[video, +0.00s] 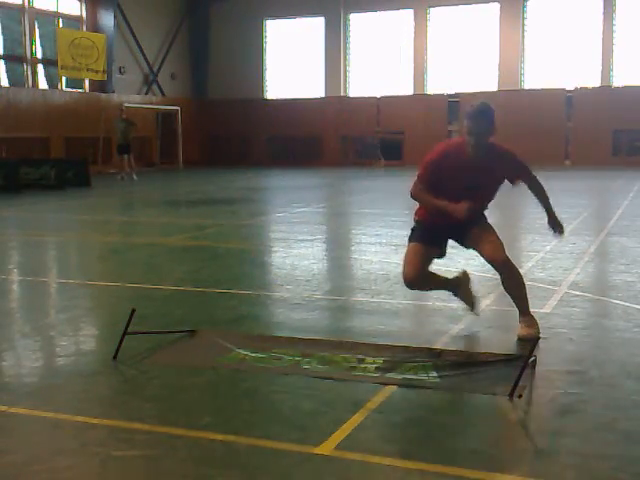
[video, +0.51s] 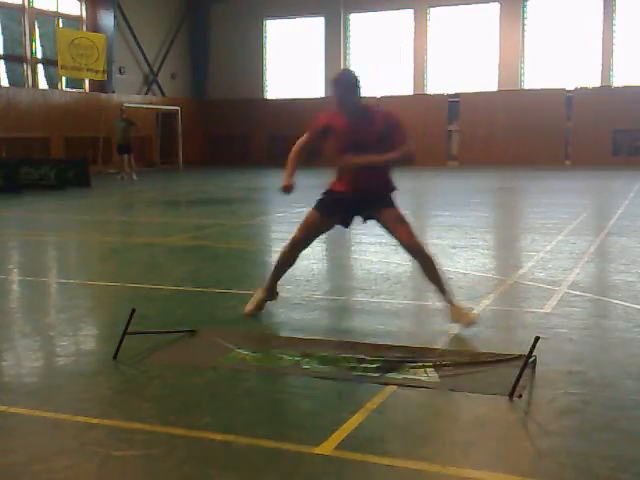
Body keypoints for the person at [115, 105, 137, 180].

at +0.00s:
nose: (123, 115)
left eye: (124, 113)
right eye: (121, 113)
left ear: (125, 114)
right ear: (120, 114)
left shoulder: (128, 122)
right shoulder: (118, 122)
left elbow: (134, 125)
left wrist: (127, 120)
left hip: (128, 142)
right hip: (120, 142)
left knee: (130, 158)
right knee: (122, 159)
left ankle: (133, 173)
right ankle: (123, 173)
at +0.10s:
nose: (123, 115)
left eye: (124, 114)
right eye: (122, 114)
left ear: (126, 115)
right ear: (120, 114)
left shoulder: (128, 122)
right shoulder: (118, 122)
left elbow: (135, 125)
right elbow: (121, 125)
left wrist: (127, 120)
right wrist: (123, 120)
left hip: (128, 142)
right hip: (120, 142)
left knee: (131, 158)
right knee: (122, 159)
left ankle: (133, 173)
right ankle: (123, 173)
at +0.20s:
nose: (122, 115)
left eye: (123, 113)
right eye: (121, 113)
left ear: (125, 114)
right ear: (120, 113)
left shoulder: (127, 122)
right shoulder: (118, 122)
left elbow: (134, 125)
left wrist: (127, 120)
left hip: (128, 142)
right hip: (121, 142)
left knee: (131, 158)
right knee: (122, 159)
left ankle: (133, 173)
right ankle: (123, 173)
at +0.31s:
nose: (122, 115)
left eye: (123, 113)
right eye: (121, 113)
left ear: (125, 114)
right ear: (120, 114)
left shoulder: (127, 122)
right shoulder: (118, 122)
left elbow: (135, 124)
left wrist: (127, 119)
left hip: (127, 142)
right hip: (120, 142)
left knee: (131, 158)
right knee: (122, 159)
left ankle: (133, 173)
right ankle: (123, 173)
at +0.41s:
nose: (122, 115)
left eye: (123, 113)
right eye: (121, 113)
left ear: (125, 114)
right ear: (120, 113)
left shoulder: (127, 122)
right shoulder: (118, 122)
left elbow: (135, 125)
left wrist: (127, 120)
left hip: (127, 142)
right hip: (120, 142)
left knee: (131, 158)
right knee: (122, 159)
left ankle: (133, 173)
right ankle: (122, 173)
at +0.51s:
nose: (123, 114)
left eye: (124, 113)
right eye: (121, 112)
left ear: (125, 113)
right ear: (120, 113)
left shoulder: (127, 122)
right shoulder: (118, 122)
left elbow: (135, 125)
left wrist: (127, 120)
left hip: (127, 142)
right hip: (120, 142)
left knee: (130, 158)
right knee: (121, 159)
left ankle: (133, 173)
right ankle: (122, 173)